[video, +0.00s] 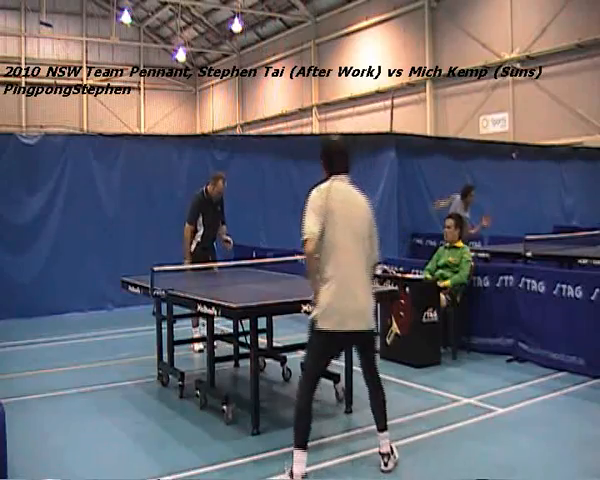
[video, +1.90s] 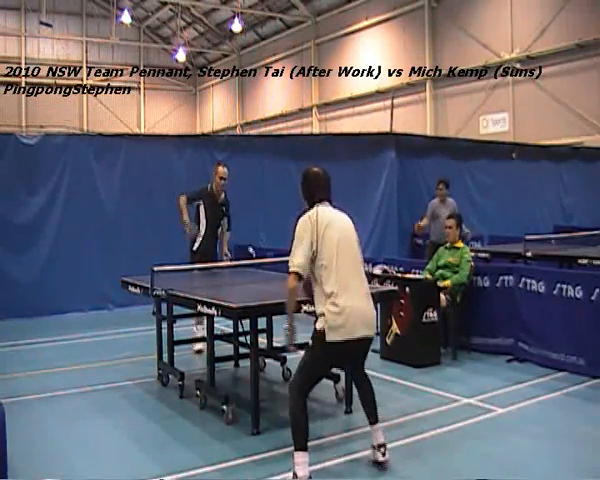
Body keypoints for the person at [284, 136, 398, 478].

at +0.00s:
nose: (322, 169)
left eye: (322, 164)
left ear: (324, 166)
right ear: (348, 166)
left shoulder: (320, 194)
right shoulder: (363, 200)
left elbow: (311, 245)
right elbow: (373, 255)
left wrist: (316, 284)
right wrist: (353, 281)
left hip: (331, 309)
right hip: (363, 308)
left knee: (308, 385)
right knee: (372, 374)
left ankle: (299, 463)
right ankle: (386, 445)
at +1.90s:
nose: (302, 195)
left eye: (302, 190)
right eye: (309, 188)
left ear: (305, 192)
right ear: (329, 191)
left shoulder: (309, 221)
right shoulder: (345, 219)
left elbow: (294, 280)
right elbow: (350, 268)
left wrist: (290, 323)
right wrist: (325, 308)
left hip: (335, 325)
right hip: (366, 322)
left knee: (298, 388)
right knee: (358, 373)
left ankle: (301, 468)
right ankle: (379, 443)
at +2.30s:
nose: (315, 232)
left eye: (315, 228)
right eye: (317, 228)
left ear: (318, 229)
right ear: (342, 228)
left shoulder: (331, 248)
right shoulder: (350, 255)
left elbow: (311, 279)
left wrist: (286, 316)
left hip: (350, 357)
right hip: (376, 356)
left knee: (297, 393)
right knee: (352, 385)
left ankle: (302, 470)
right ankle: (374, 448)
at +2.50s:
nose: (318, 213)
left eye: (319, 208)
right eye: (321, 207)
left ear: (323, 211)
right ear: (345, 208)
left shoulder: (337, 230)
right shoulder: (356, 232)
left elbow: (348, 256)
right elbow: (347, 262)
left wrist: (359, 282)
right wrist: (324, 261)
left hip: (361, 332)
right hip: (384, 333)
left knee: (316, 389)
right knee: (358, 379)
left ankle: (302, 468)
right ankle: (375, 449)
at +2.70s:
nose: (326, 192)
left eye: (327, 187)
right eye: (328, 187)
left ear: (332, 187)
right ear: (354, 184)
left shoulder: (344, 206)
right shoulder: (365, 210)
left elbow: (356, 237)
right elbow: (370, 266)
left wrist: (353, 289)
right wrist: (336, 274)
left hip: (367, 316)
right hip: (387, 314)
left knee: (336, 384)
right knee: (364, 373)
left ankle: (346, 459)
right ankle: (376, 446)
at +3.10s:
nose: (336, 188)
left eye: (336, 182)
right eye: (341, 180)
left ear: (339, 185)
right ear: (363, 183)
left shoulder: (348, 214)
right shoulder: (379, 215)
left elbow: (332, 264)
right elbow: (384, 267)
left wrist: (317, 322)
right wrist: (358, 308)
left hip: (371, 322)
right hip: (399, 320)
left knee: (340, 393)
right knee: (384, 379)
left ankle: (369, 466)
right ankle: (407, 450)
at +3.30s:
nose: (324, 199)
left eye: (324, 194)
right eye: (328, 192)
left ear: (327, 195)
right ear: (351, 192)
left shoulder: (340, 222)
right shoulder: (365, 222)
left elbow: (318, 275)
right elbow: (351, 273)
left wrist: (299, 321)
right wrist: (319, 283)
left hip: (365, 332)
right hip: (391, 330)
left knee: (323, 392)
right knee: (375, 375)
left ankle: (335, 465)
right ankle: (400, 440)